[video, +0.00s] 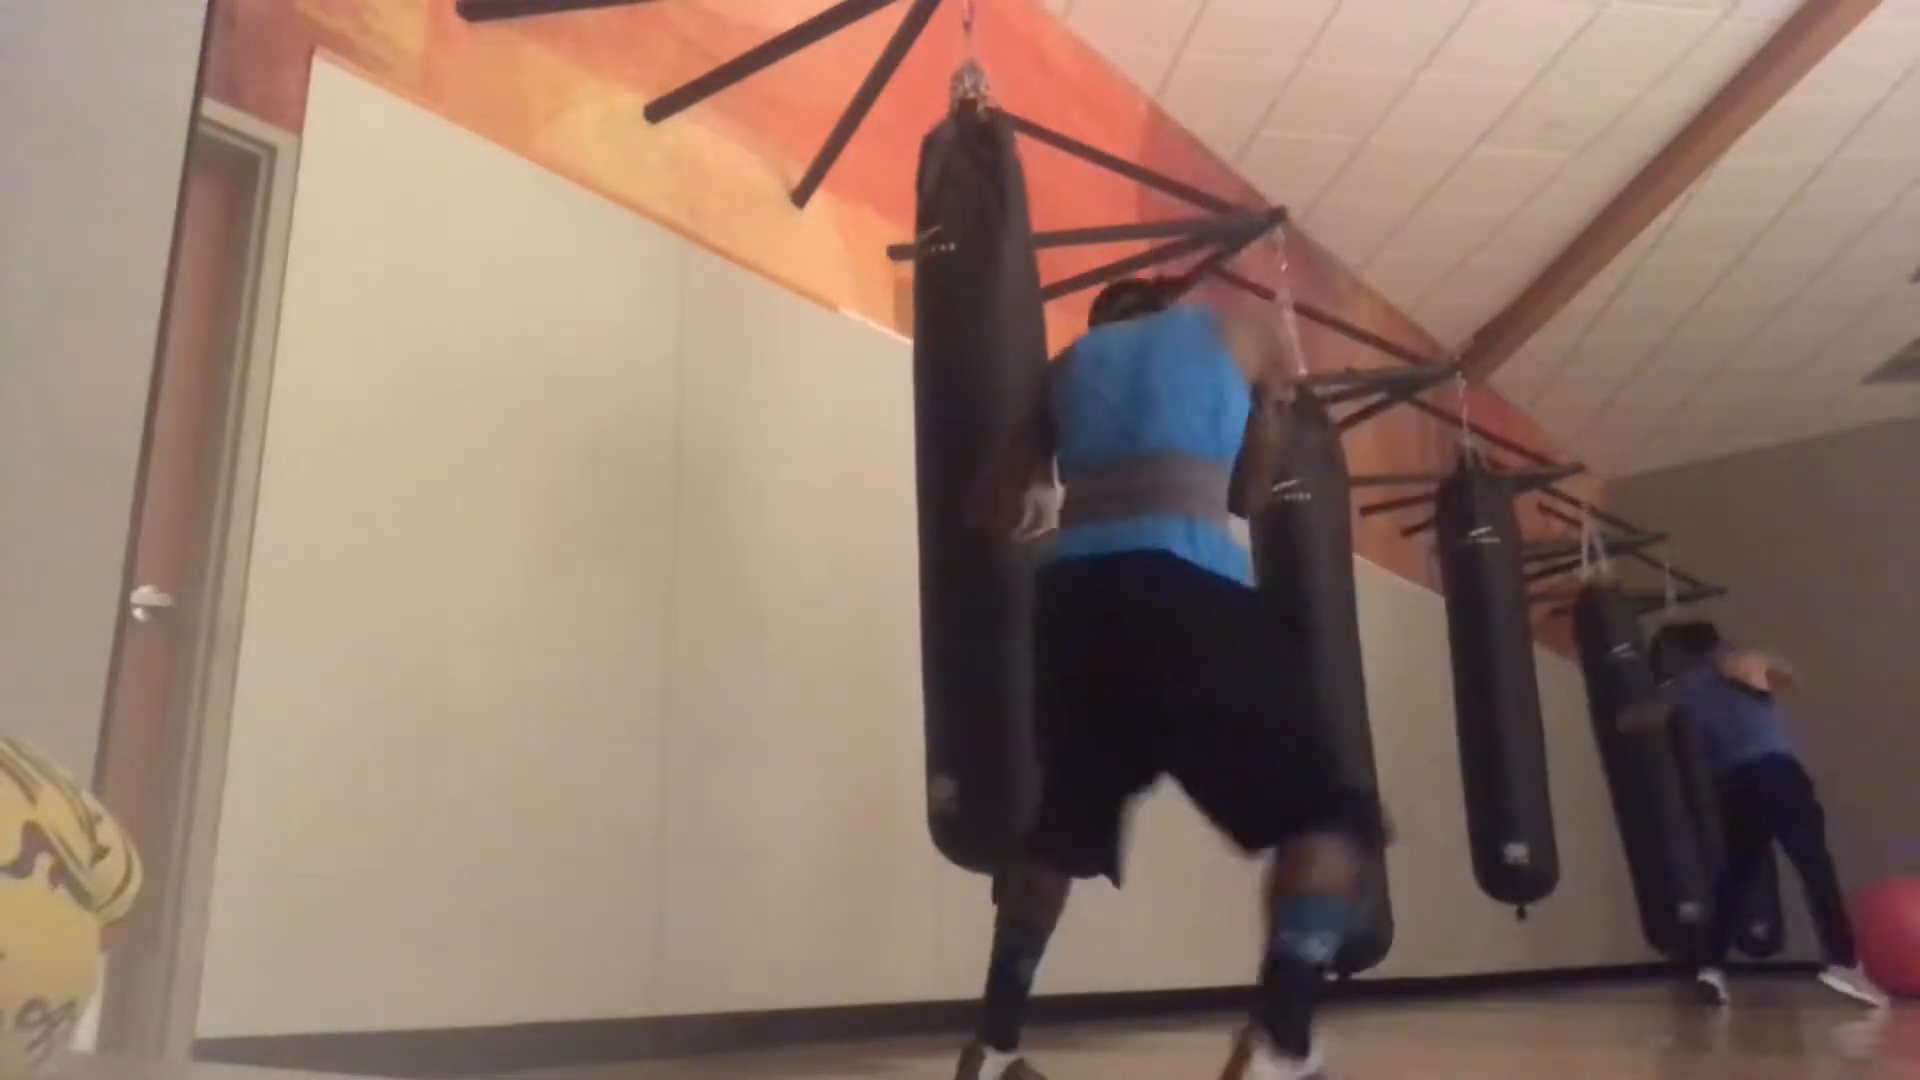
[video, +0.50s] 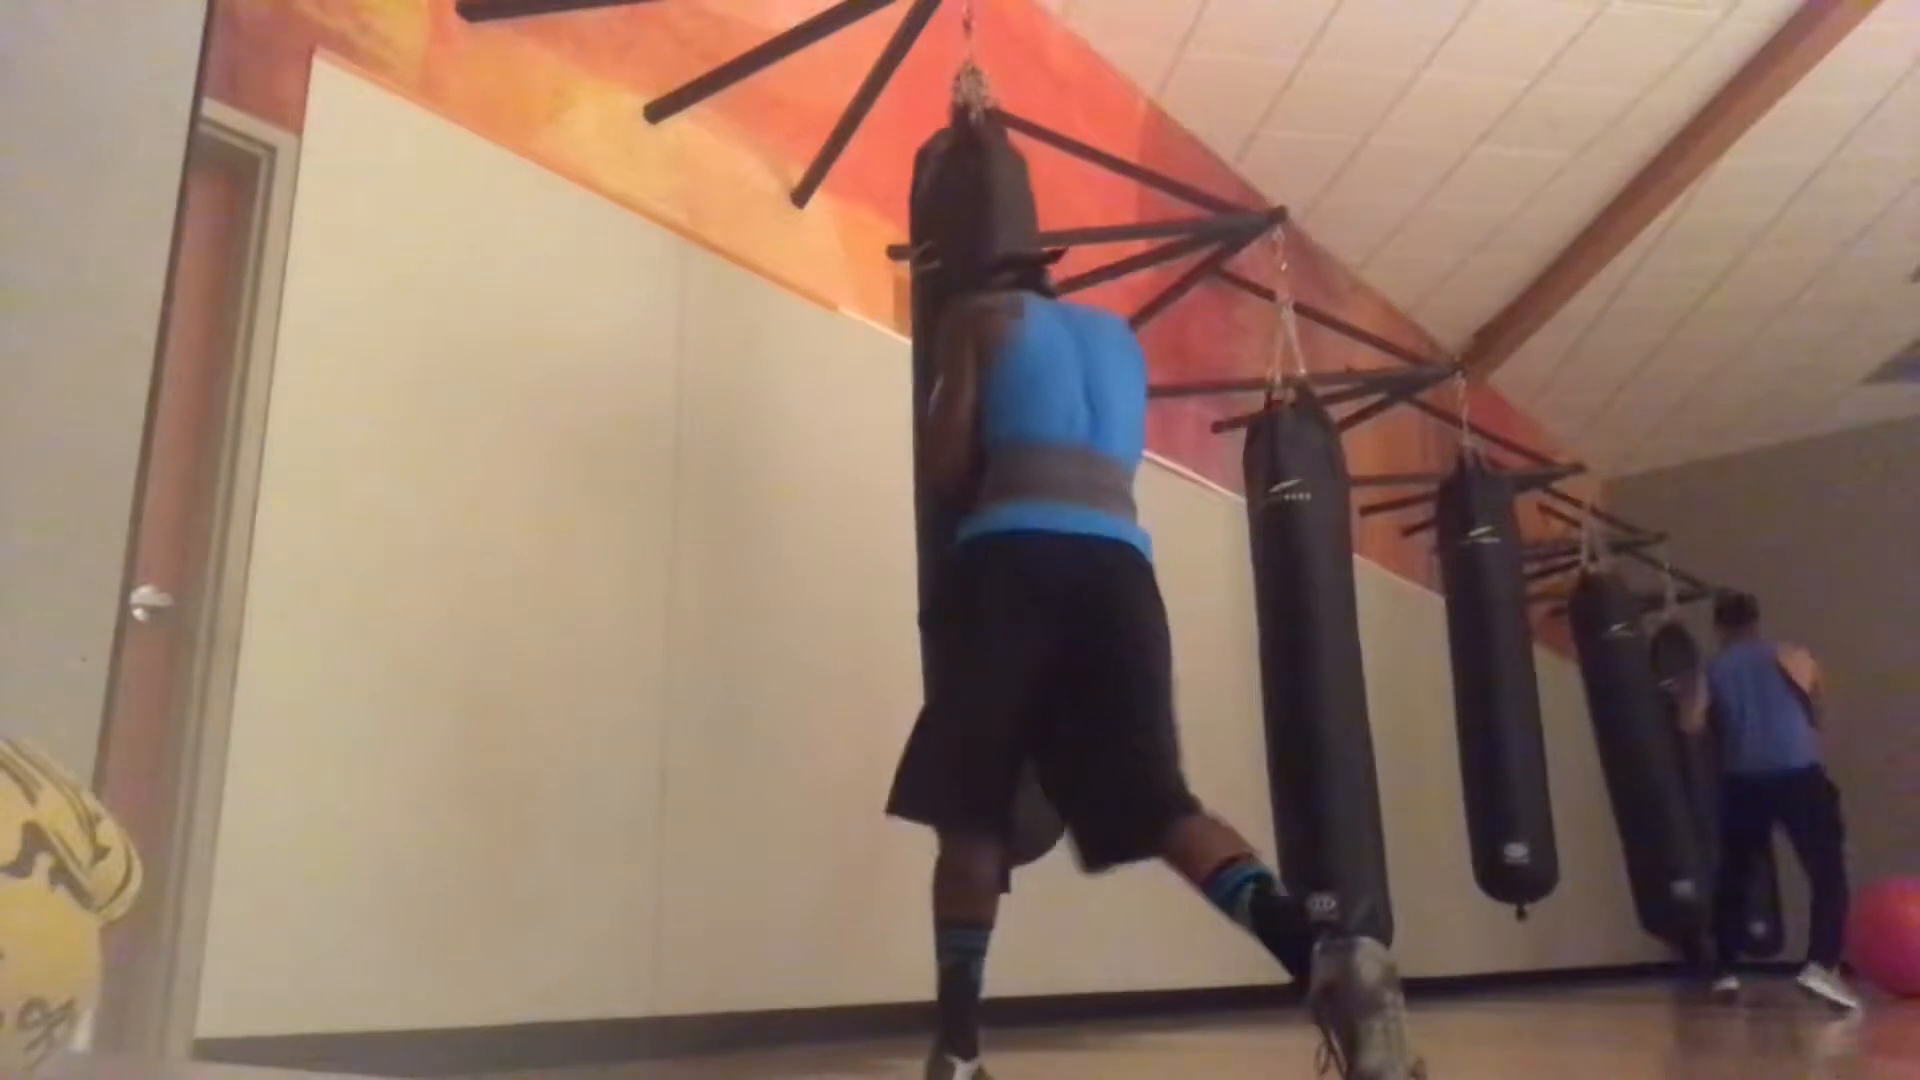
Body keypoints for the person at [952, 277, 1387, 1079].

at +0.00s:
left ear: (1098, 325)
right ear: (1177, 309)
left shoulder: (1063, 372)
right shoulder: (1242, 327)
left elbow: (994, 513)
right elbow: (1253, 488)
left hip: (1075, 595)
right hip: (1196, 592)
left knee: (1061, 816)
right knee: (1315, 813)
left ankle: (994, 1042)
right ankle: (1282, 1041)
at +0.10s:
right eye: (1186, 287)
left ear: (1098, 313)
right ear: (1178, 298)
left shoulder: (1064, 355)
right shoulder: (1218, 333)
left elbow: (980, 472)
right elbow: (1237, 487)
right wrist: (1271, 403)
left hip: (1060, 592)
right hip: (1177, 591)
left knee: (1052, 811)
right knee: (1275, 818)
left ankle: (980, 1031)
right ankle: (1269, 1055)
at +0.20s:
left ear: (1075, 302)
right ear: (1153, 283)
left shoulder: (1036, 354)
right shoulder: (1203, 313)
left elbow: (955, 448)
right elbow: (1221, 471)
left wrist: (1009, 459)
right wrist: (1245, 390)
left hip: (1037, 589)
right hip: (1153, 581)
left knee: (1026, 813)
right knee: (1260, 801)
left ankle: (963, 1031)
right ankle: (1272, 1042)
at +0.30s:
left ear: (1029, 300)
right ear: (1108, 289)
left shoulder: (994, 346)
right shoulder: (1165, 325)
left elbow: (942, 451)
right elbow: (1210, 476)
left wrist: (977, 446)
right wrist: (1134, 453)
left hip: (1005, 594)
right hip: (1125, 587)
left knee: (998, 822)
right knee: (1224, 799)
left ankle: (959, 1040)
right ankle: (1280, 1000)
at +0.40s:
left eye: (1002, 296)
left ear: (1005, 292)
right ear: (1067, 293)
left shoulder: (978, 332)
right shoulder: (1132, 340)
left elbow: (933, 471)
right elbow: (1173, 466)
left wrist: (995, 474)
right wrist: (1094, 472)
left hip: (1001, 585)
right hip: (1114, 586)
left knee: (973, 818)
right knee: (1164, 810)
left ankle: (954, 1047)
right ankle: (1302, 961)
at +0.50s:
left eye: (976, 293)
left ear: (985, 284)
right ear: (1051, 279)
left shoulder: (979, 318)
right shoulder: (1119, 338)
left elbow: (947, 462)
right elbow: (1115, 462)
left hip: (1007, 571)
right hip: (1118, 576)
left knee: (971, 806)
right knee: (1158, 800)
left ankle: (955, 1047)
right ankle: (1317, 955)